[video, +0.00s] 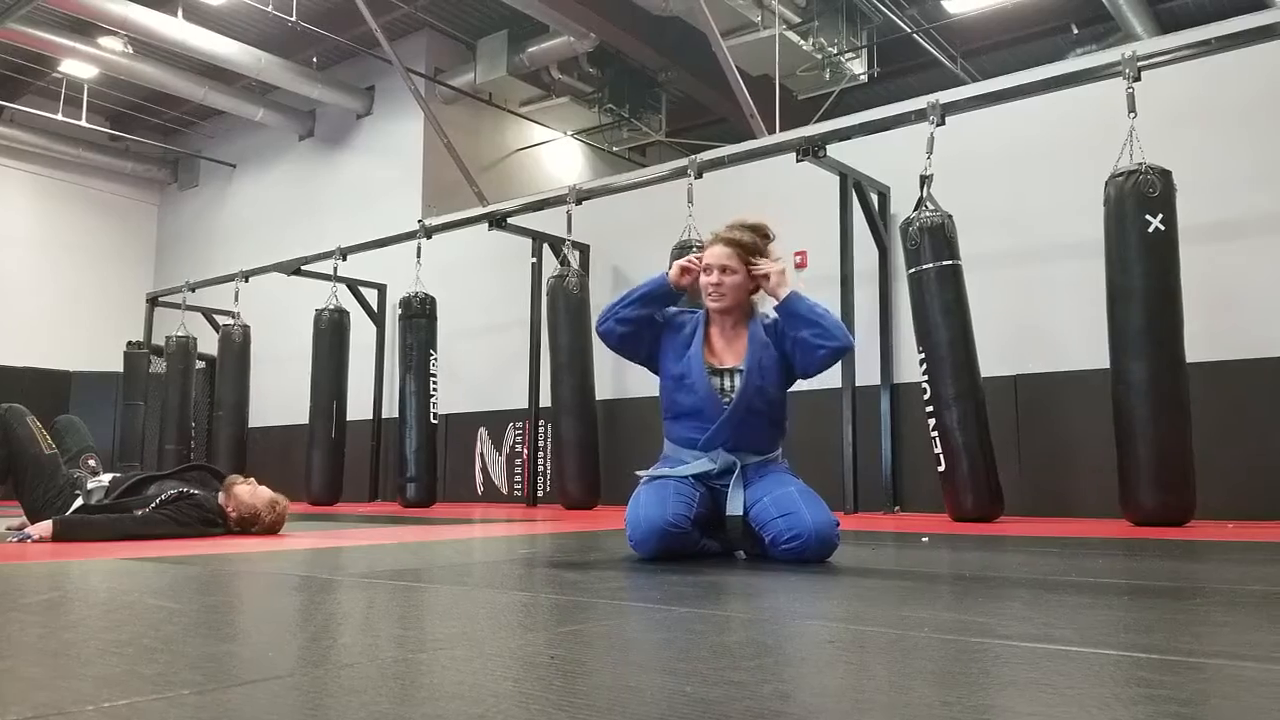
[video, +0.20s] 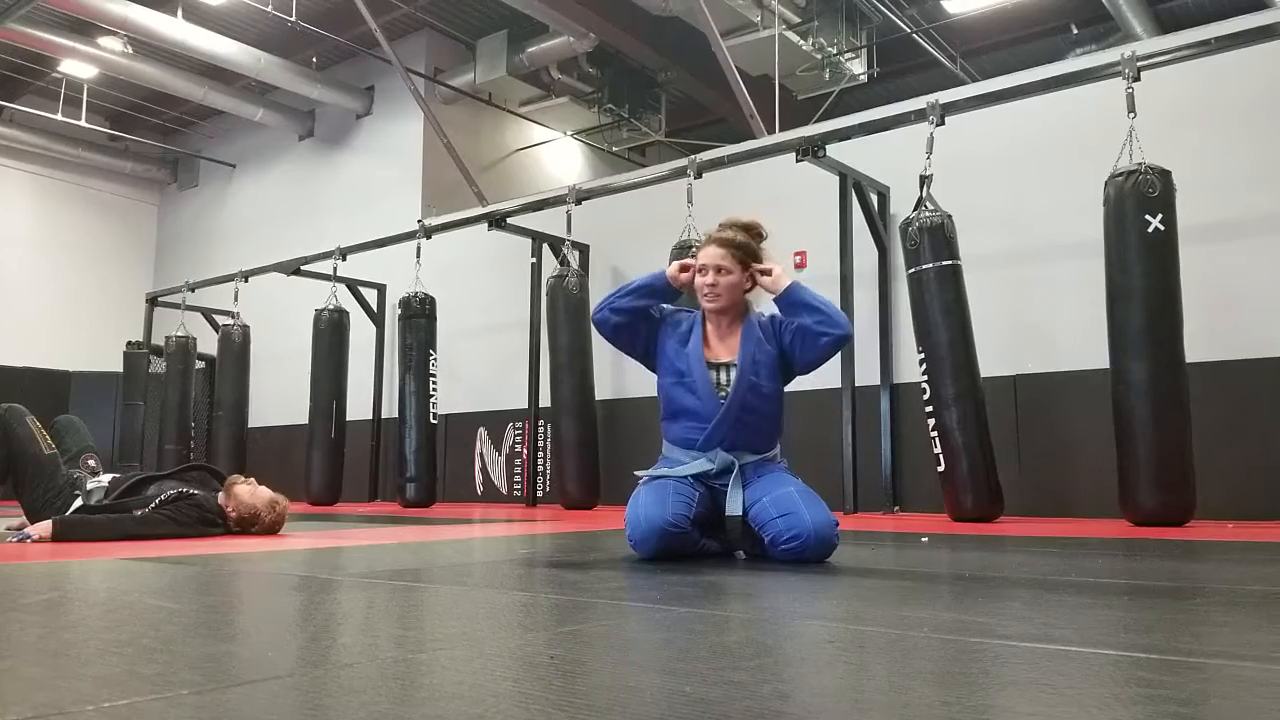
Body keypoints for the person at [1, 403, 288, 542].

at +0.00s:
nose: (248, 476)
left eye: (250, 488)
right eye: (256, 483)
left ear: (234, 510)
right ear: (237, 504)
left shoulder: (200, 513)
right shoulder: (218, 490)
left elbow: (129, 524)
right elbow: (157, 483)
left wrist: (56, 527)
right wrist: (115, 480)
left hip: (67, 502)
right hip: (100, 486)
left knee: (11, 414)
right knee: (67, 421)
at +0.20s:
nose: (248, 476)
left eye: (250, 487)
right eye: (256, 483)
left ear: (235, 511)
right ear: (237, 505)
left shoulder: (200, 513)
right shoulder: (217, 490)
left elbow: (129, 524)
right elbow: (151, 484)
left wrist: (56, 527)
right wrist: (110, 482)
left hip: (67, 501)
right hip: (100, 486)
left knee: (12, 414)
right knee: (66, 421)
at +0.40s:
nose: (247, 476)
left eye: (249, 487)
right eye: (255, 483)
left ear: (233, 509)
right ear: (236, 503)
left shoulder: (199, 513)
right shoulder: (216, 488)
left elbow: (130, 524)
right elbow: (155, 482)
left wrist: (56, 527)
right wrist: (113, 478)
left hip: (68, 501)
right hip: (100, 485)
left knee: (11, 414)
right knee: (66, 421)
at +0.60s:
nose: (247, 476)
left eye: (250, 487)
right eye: (255, 483)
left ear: (234, 510)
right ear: (237, 505)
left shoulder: (200, 513)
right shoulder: (216, 490)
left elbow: (130, 524)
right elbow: (153, 485)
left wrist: (55, 527)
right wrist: (113, 481)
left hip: (68, 501)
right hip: (99, 485)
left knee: (11, 415)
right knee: (66, 421)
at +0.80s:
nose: (247, 476)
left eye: (248, 487)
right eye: (254, 483)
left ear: (233, 510)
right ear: (236, 504)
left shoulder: (199, 513)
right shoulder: (215, 489)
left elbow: (129, 524)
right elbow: (154, 483)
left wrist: (55, 526)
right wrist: (111, 481)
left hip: (67, 500)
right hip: (98, 485)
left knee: (12, 414)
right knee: (65, 421)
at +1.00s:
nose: (246, 477)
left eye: (248, 487)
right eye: (253, 483)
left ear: (233, 509)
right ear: (235, 504)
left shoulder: (199, 513)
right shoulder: (215, 490)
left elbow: (130, 524)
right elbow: (151, 487)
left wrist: (56, 527)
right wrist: (112, 481)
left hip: (68, 500)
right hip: (99, 486)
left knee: (11, 414)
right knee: (66, 421)